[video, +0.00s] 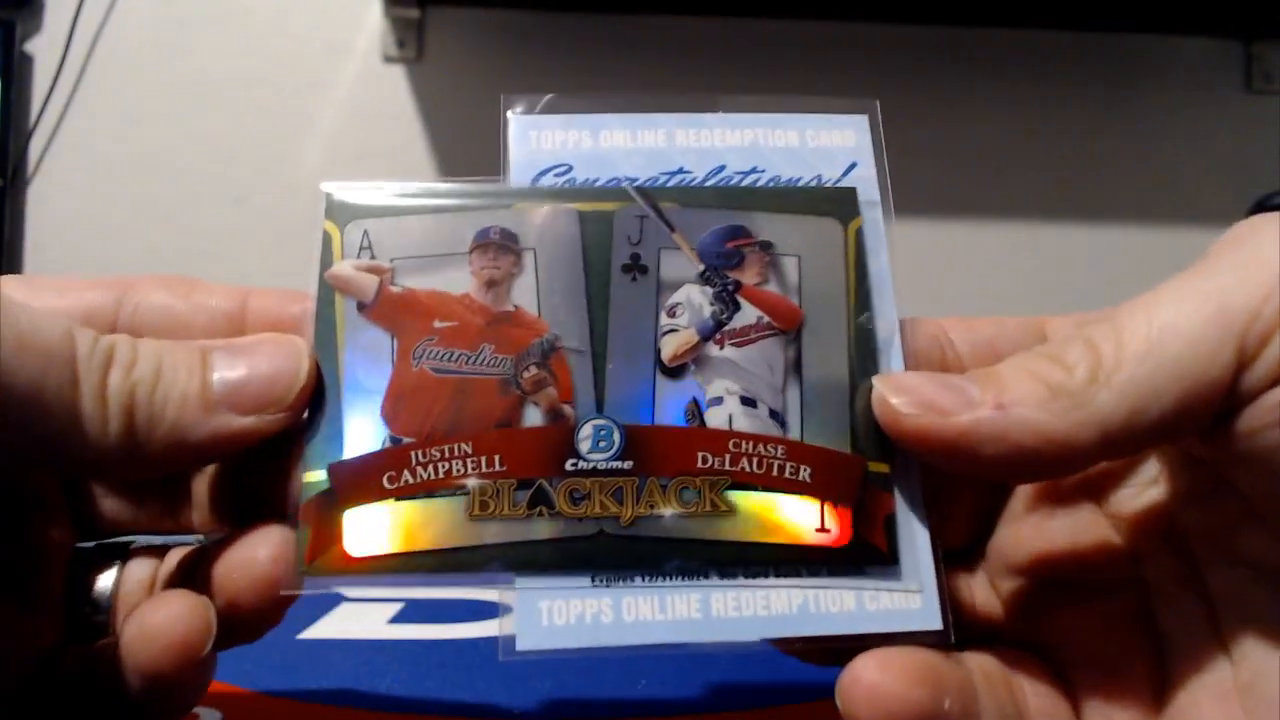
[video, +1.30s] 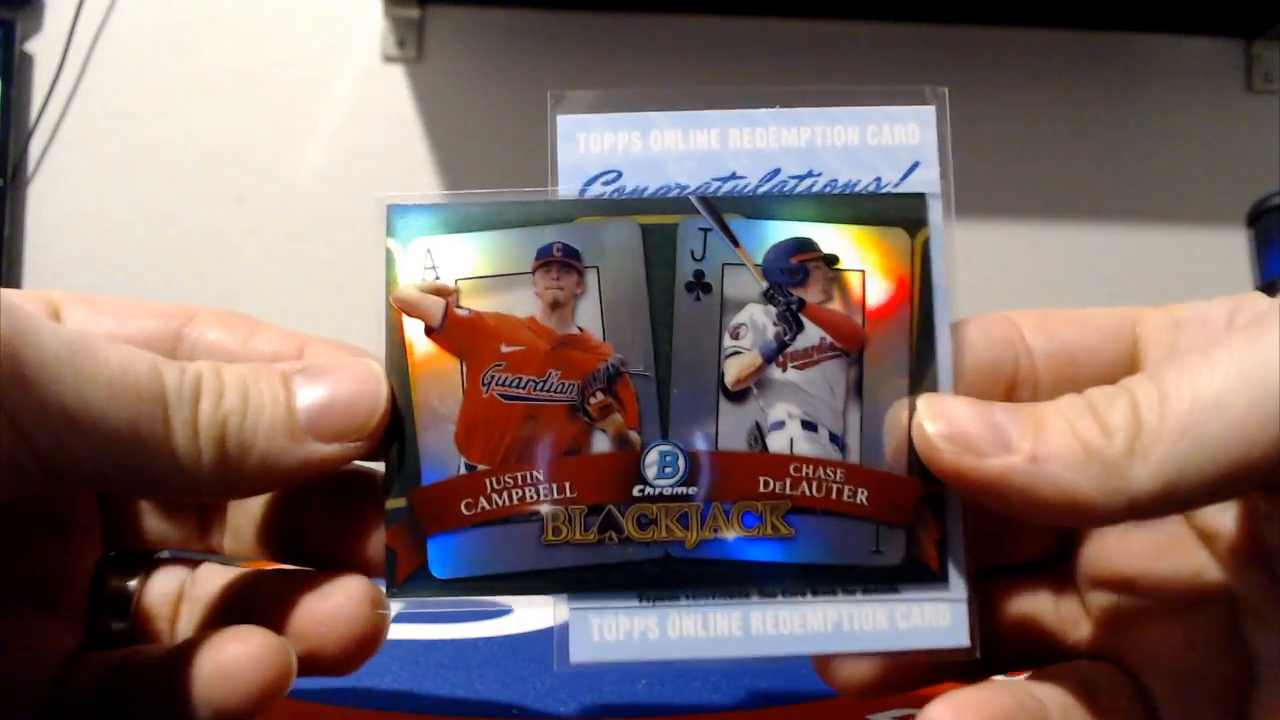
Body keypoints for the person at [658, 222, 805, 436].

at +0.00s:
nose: (765, 257)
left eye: (762, 250)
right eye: (754, 250)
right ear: (729, 257)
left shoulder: (768, 299)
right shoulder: (693, 294)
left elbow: (794, 319)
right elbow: (670, 355)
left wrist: (735, 286)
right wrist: (713, 321)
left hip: (774, 420)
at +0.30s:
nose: (778, 238)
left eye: (776, 231)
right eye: (768, 231)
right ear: (743, 236)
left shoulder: (782, 281)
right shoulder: (708, 274)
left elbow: (805, 301)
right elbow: (682, 334)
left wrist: (749, 266)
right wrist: (725, 301)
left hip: (782, 402)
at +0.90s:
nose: (792, 240)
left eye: (790, 233)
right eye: (782, 233)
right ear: (755, 238)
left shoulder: (793, 283)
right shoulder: (722, 278)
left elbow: (819, 306)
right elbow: (697, 341)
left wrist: (764, 270)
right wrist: (741, 307)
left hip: (797, 404)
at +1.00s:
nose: (804, 251)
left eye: (801, 244)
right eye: (793, 245)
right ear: (766, 251)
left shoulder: (808, 298)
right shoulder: (734, 293)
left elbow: (833, 317)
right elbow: (711, 357)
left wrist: (776, 283)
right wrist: (753, 321)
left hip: (813, 421)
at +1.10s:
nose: (813, 264)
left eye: (810, 256)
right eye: (802, 257)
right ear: (775, 264)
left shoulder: (816, 309)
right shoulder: (741, 306)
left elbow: (841, 329)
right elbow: (719, 370)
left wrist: (784, 295)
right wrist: (762, 333)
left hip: (821, 431)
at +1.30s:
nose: (829, 274)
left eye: (826, 266)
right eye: (816, 267)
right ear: (789, 274)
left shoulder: (834, 323)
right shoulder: (758, 315)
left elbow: (857, 340)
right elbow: (733, 379)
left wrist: (798, 305)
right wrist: (777, 342)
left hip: (835, 443)